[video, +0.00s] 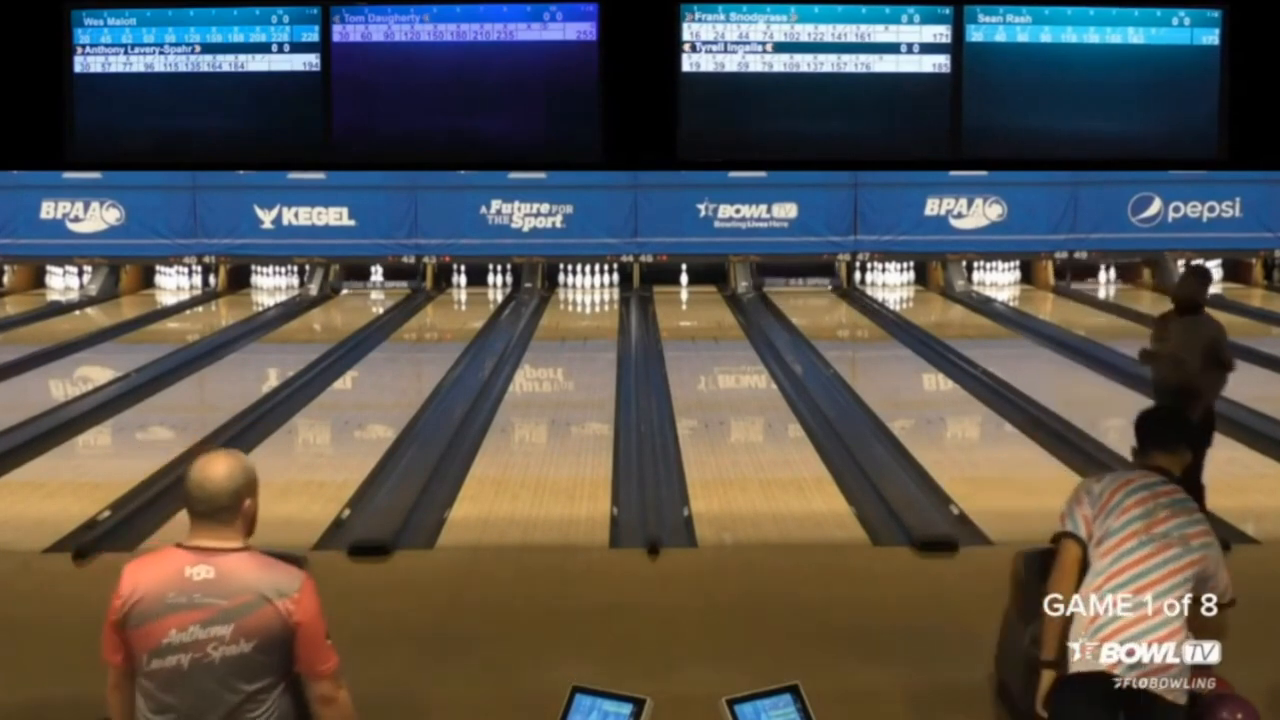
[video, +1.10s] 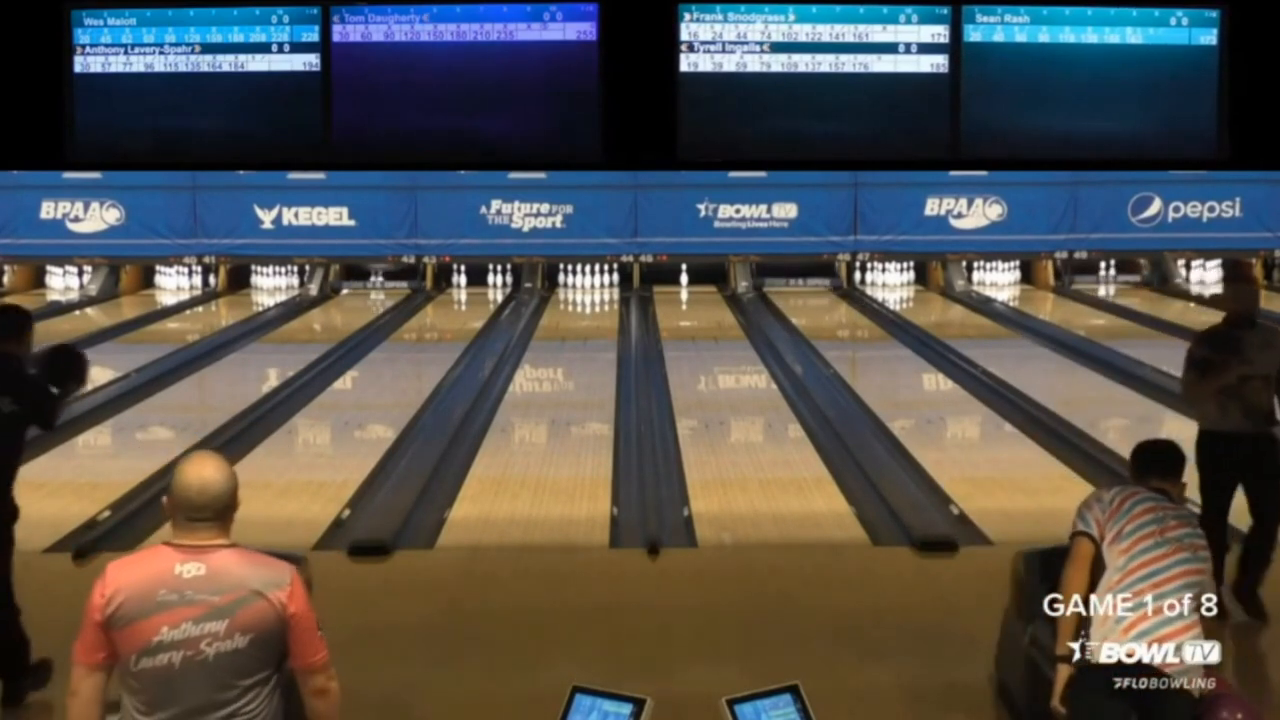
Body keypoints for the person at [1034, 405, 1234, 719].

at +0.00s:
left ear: (1135, 451)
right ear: (1188, 461)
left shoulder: (1097, 490)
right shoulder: (1199, 523)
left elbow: (1060, 590)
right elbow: (1214, 620)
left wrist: (1048, 667)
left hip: (1090, 683)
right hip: (1164, 696)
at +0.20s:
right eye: (1195, 464)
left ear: (1140, 456)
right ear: (1192, 467)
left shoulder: (1103, 494)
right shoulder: (1198, 525)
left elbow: (1065, 591)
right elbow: (1207, 620)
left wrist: (1053, 666)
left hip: (1094, 686)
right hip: (1168, 698)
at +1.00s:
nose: (1185, 491)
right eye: (1185, 486)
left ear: (1134, 475)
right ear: (1181, 485)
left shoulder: (1107, 499)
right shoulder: (1192, 522)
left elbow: (1074, 582)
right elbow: (1207, 603)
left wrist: (1063, 658)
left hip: (1107, 679)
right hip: (1178, 691)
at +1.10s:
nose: (1181, 491)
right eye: (1180, 486)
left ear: (1132, 475)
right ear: (1179, 485)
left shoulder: (1106, 500)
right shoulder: (1192, 521)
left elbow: (1074, 585)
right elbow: (1208, 604)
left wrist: (1064, 658)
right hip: (1180, 688)